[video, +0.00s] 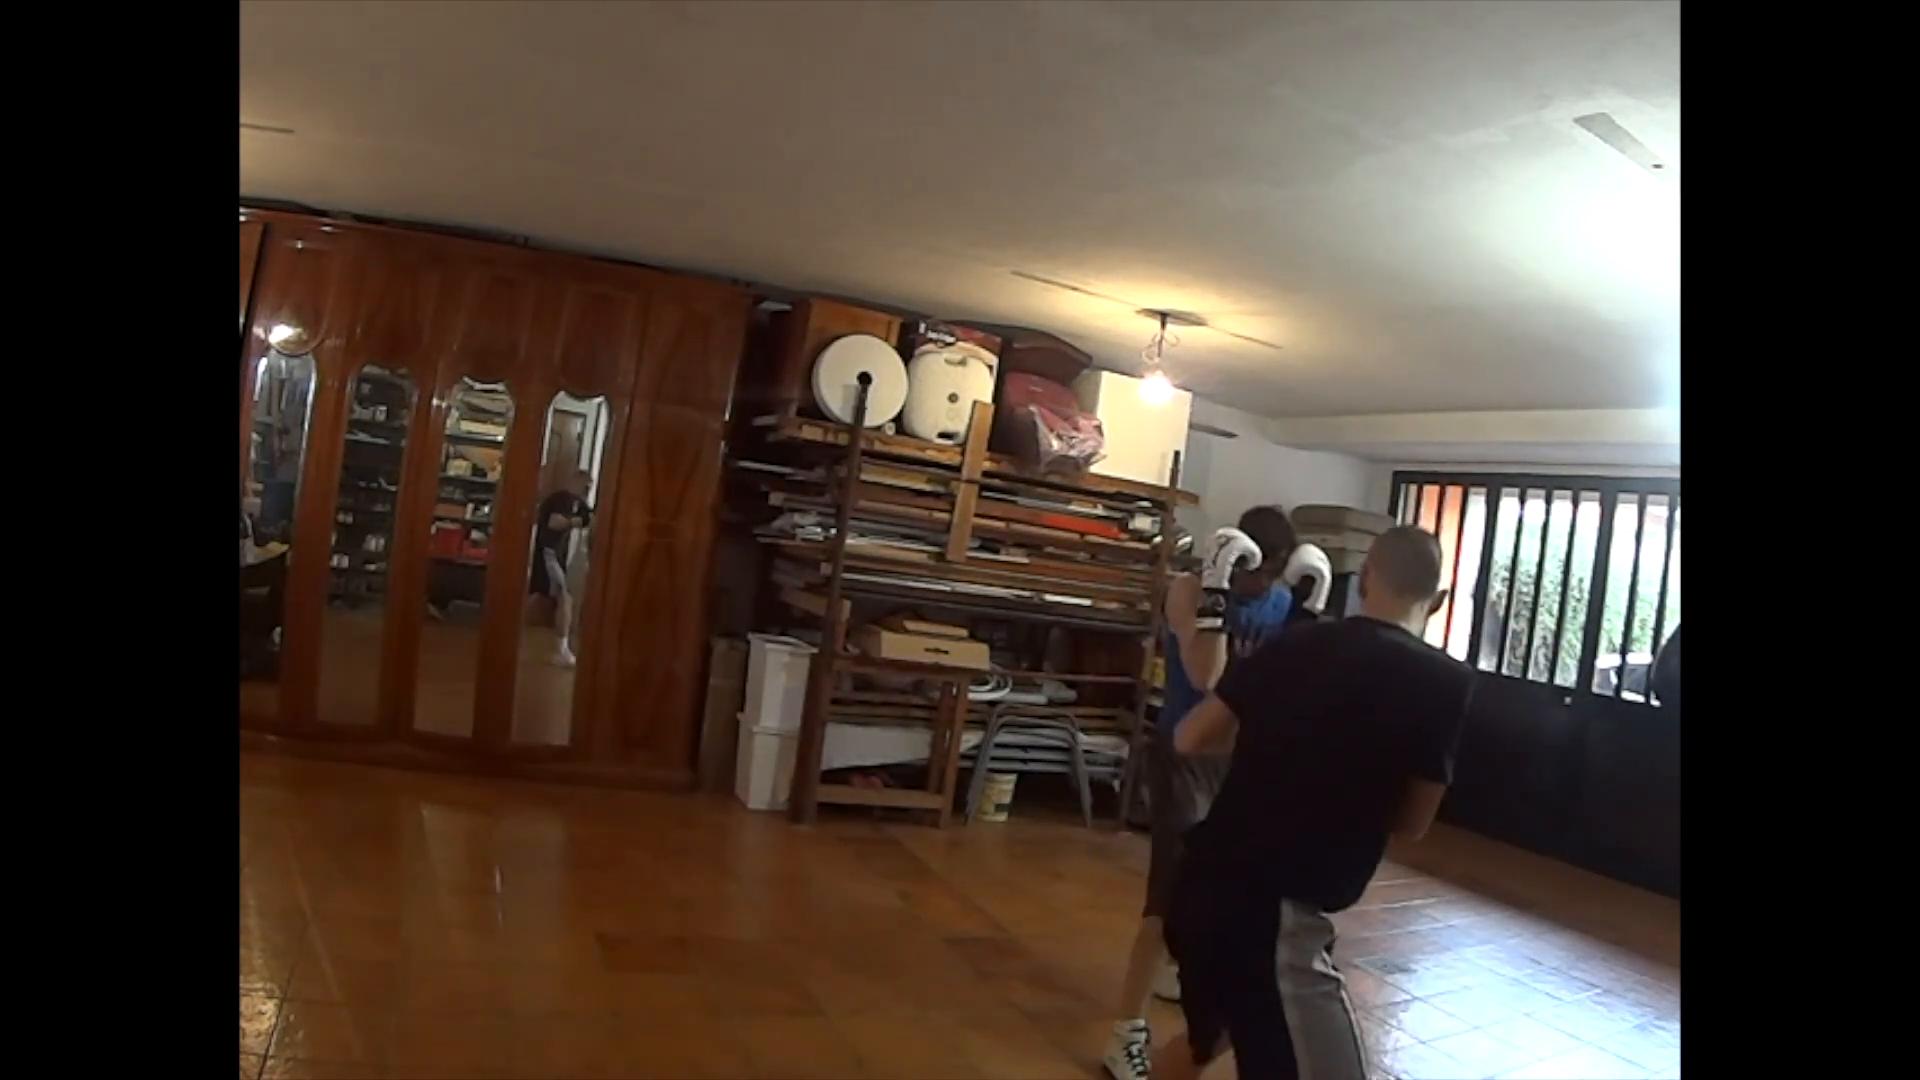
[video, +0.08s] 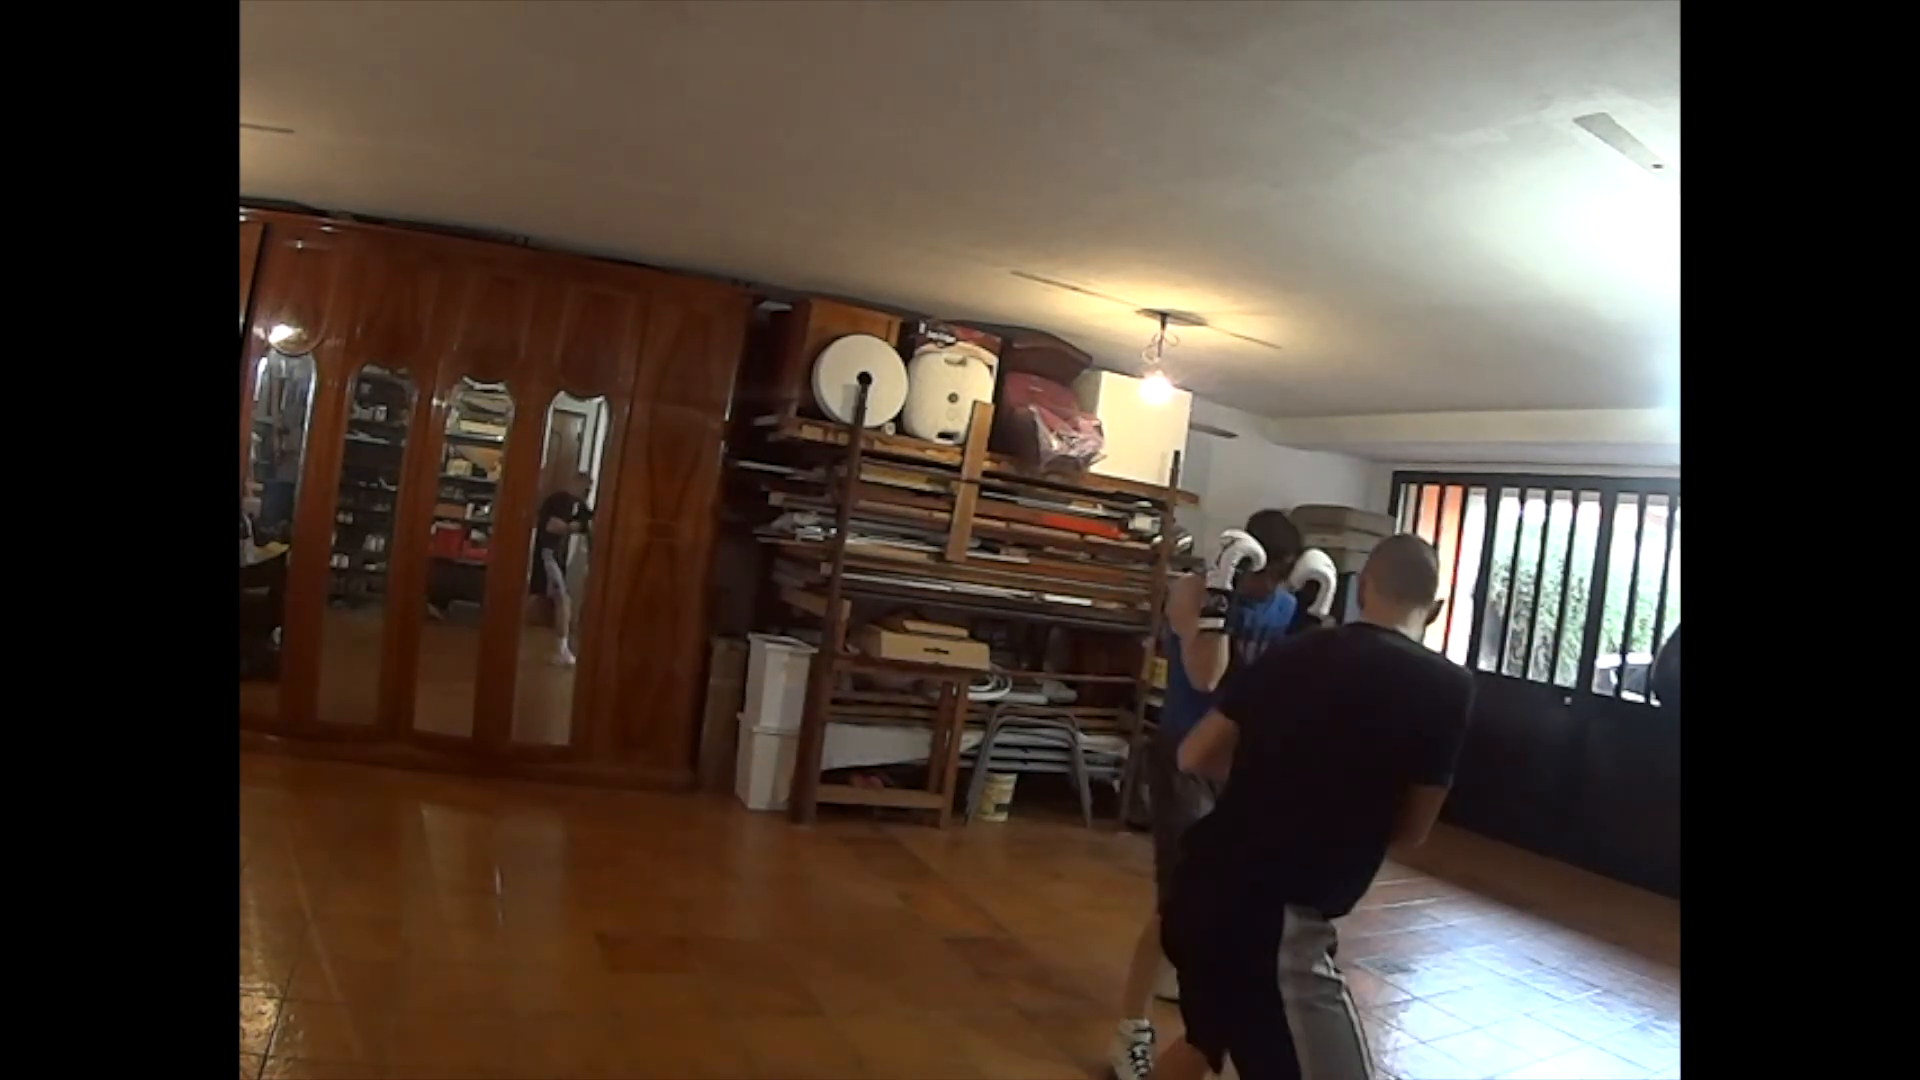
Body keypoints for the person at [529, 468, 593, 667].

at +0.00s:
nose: (588, 489)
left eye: (589, 486)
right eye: (586, 485)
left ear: (585, 486)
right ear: (575, 482)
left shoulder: (579, 503)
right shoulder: (560, 498)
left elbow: (588, 520)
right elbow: (553, 522)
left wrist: (571, 521)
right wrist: (574, 522)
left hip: (560, 551)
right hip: (546, 549)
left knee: (535, 594)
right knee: (564, 597)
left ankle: (512, 633)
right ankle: (562, 647)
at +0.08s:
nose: (588, 491)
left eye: (589, 488)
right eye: (586, 487)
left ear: (584, 488)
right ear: (575, 484)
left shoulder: (579, 505)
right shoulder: (559, 500)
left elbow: (590, 522)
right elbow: (552, 525)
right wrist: (576, 527)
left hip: (559, 551)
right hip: (546, 549)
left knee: (535, 593)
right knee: (562, 596)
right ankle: (562, 646)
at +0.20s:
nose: (579, 492)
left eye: (581, 488)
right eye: (576, 487)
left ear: (582, 490)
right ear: (566, 484)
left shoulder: (576, 508)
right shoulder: (550, 501)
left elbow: (585, 526)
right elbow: (541, 525)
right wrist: (566, 529)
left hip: (559, 551)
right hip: (541, 547)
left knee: (557, 593)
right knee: (555, 591)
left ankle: (561, 645)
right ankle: (560, 645)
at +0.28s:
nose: (577, 490)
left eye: (579, 486)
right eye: (574, 485)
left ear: (579, 488)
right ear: (564, 482)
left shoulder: (574, 507)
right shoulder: (548, 500)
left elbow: (581, 527)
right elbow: (539, 522)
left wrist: (577, 529)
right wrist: (561, 528)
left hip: (558, 551)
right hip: (540, 547)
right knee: (555, 593)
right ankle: (559, 645)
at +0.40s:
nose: (575, 489)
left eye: (577, 485)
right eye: (572, 484)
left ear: (576, 487)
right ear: (561, 482)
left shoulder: (573, 504)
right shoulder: (550, 498)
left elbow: (582, 523)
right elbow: (540, 521)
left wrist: (577, 524)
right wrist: (563, 526)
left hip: (553, 550)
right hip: (538, 547)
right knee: (555, 594)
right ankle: (557, 646)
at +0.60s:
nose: (575, 487)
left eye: (577, 483)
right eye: (572, 482)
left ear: (575, 486)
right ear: (561, 480)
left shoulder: (572, 503)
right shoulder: (549, 497)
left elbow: (581, 525)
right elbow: (537, 518)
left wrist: (575, 522)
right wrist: (556, 524)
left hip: (550, 550)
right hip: (537, 547)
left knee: (525, 595)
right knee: (554, 595)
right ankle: (557, 647)